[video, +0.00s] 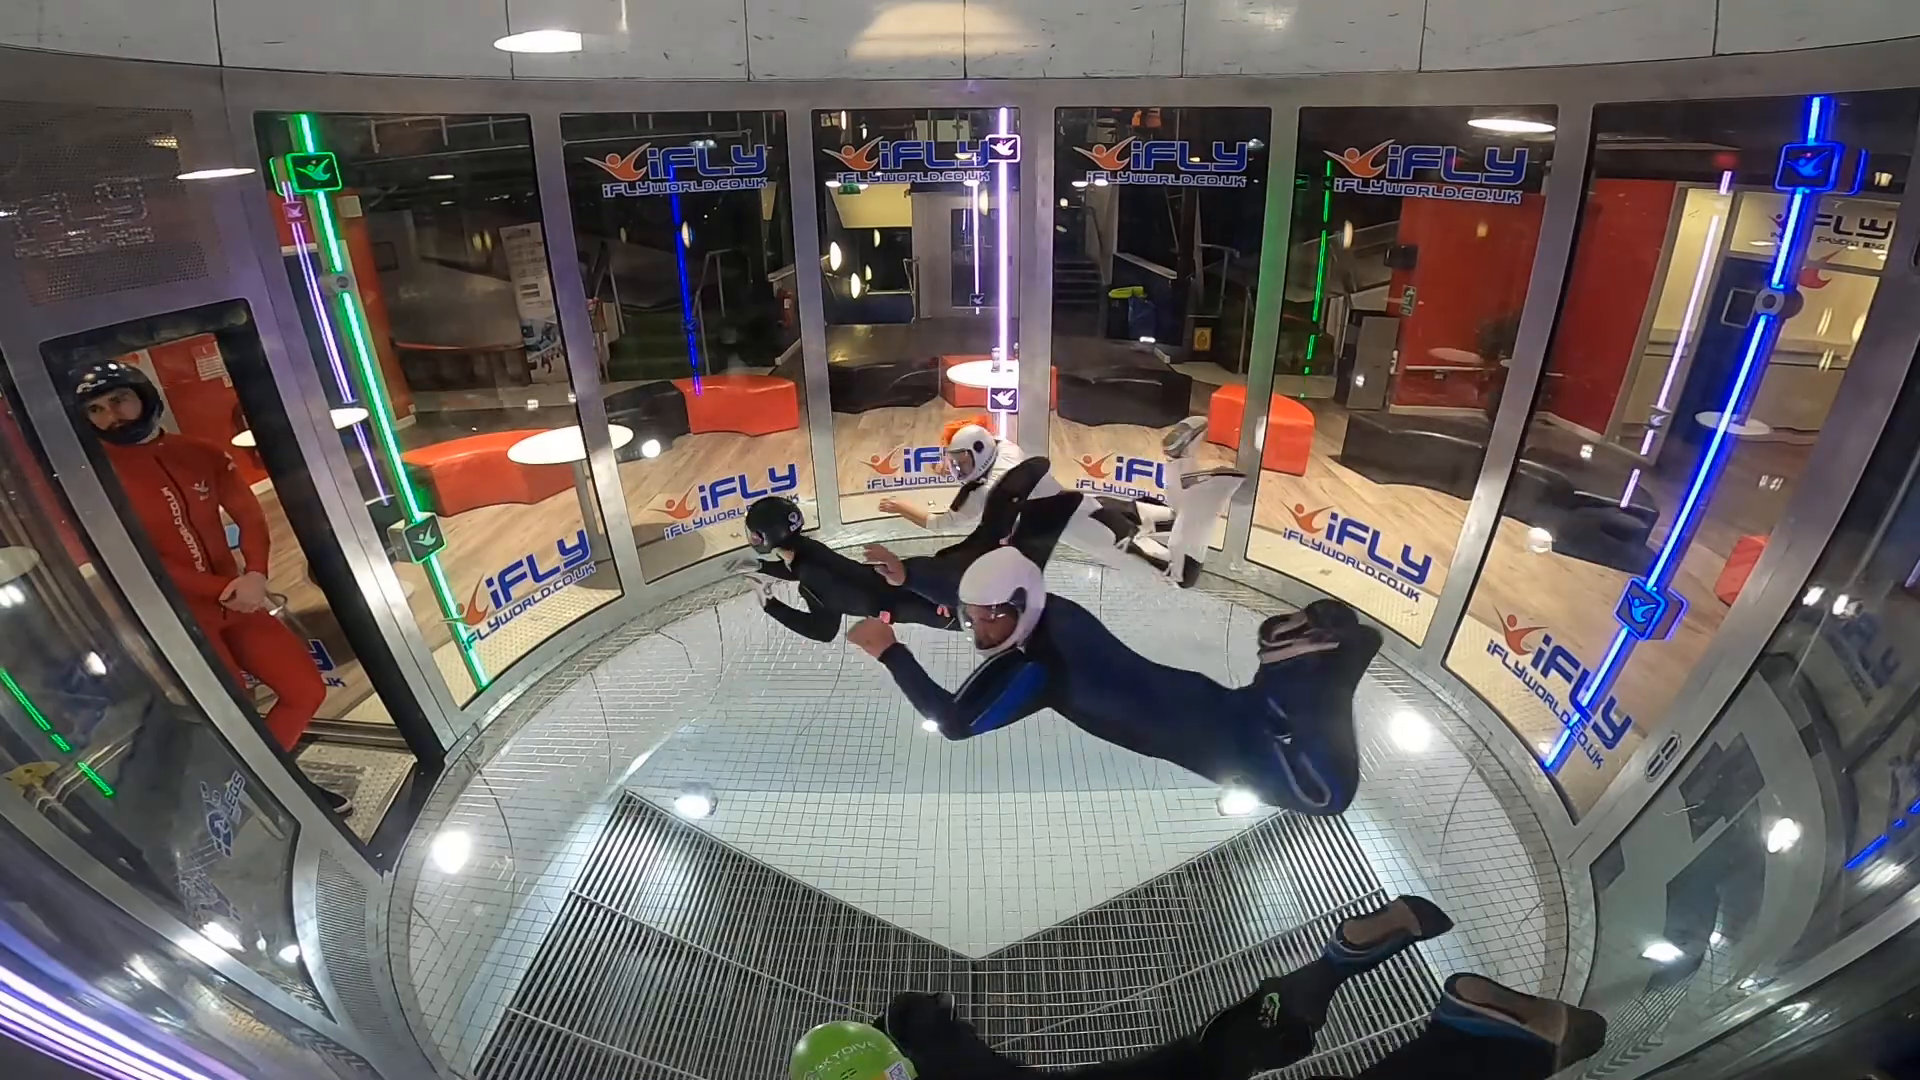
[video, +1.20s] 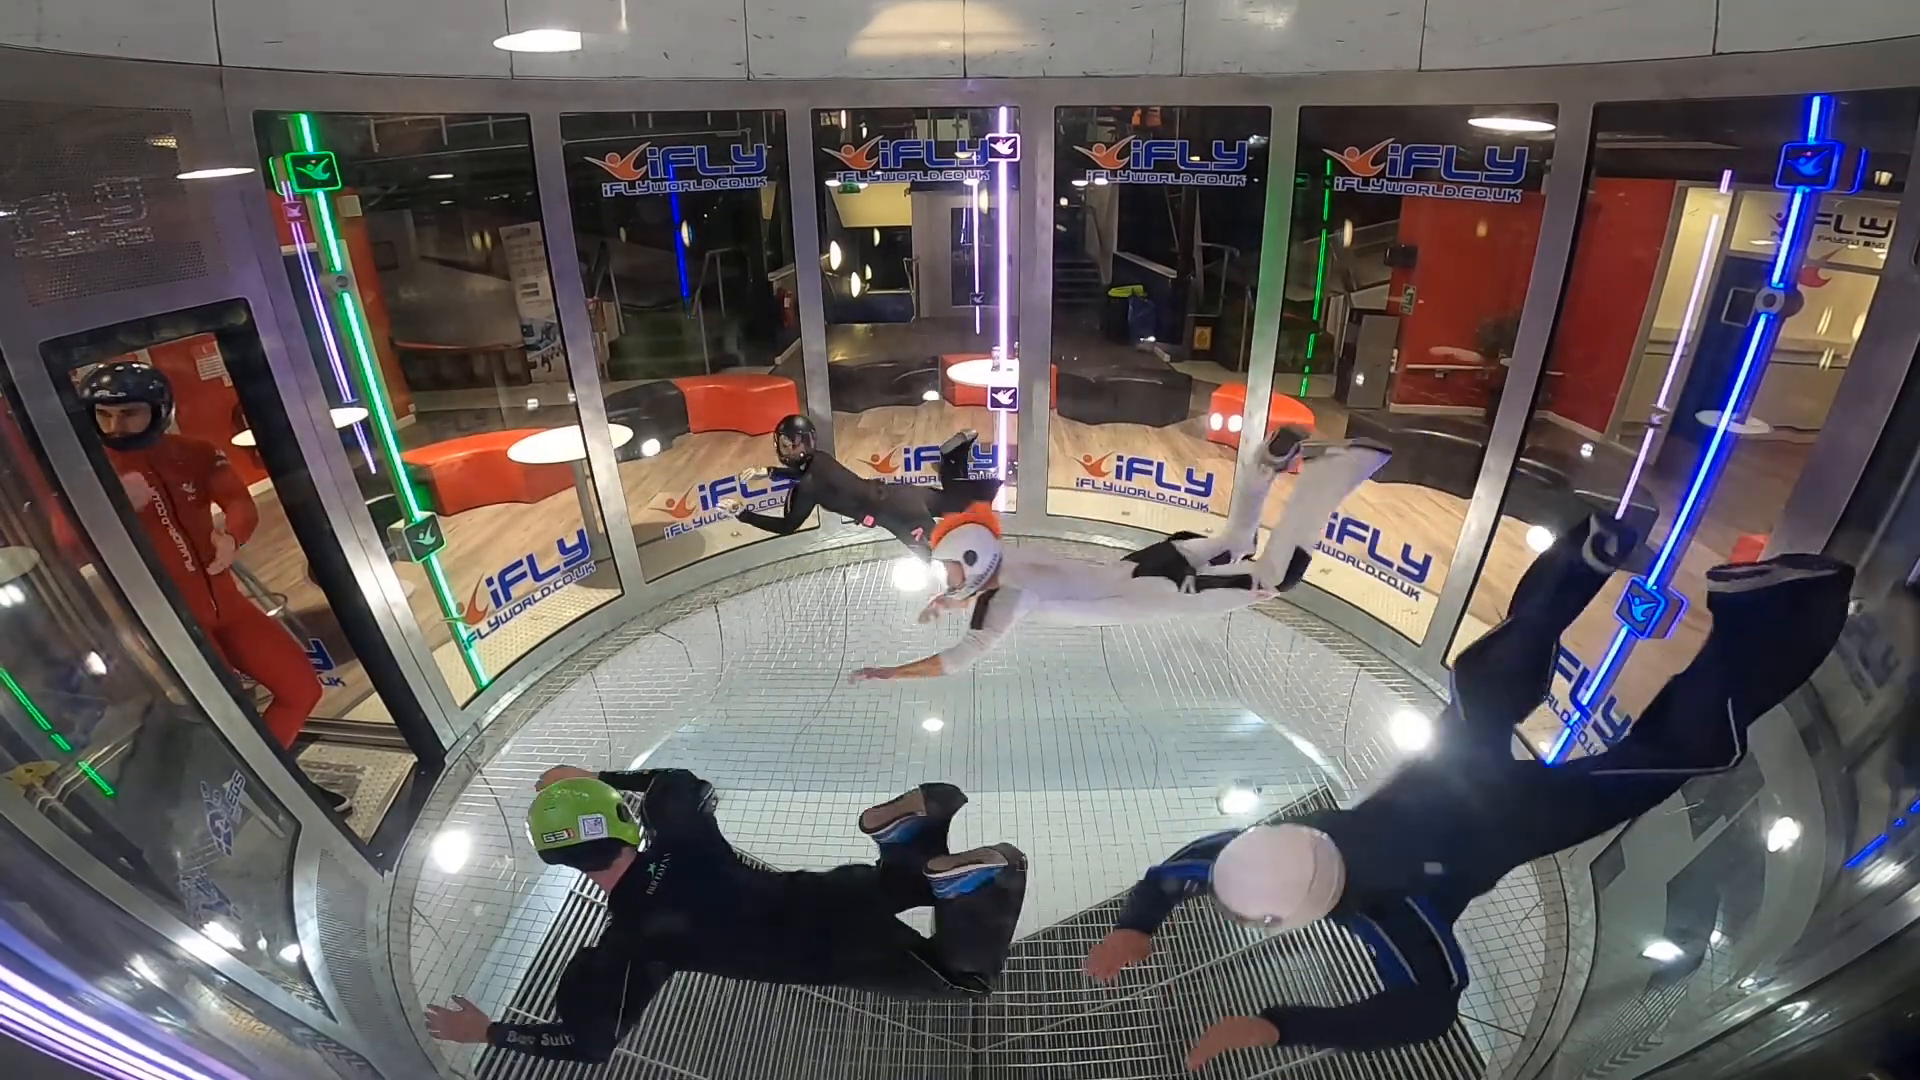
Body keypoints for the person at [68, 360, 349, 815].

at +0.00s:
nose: (115, 416)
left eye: (120, 400)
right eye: (98, 410)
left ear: (142, 398)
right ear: (86, 422)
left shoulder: (198, 454)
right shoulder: (97, 477)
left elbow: (250, 515)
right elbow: (135, 568)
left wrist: (254, 575)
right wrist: (225, 589)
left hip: (236, 603)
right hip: (185, 621)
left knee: (306, 690)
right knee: (238, 714)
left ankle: (245, 782)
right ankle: (292, 792)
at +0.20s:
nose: (112, 420)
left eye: (122, 404)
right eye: (98, 410)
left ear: (146, 402)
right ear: (85, 415)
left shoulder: (192, 455)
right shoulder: (93, 476)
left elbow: (252, 511)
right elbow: (111, 566)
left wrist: (250, 543)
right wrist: (192, 573)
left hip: (234, 603)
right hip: (181, 621)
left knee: (306, 689)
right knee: (238, 712)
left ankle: (242, 783)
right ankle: (292, 791)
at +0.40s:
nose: (119, 424)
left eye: (131, 409)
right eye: (105, 412)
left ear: (155, 408)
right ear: (91, 416)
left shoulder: (190, 454)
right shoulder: (91, 475)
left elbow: (246, 503)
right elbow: (99, 558)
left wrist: (201, 500)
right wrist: (167, 531)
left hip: (231, 607)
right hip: (181, 628)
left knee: (305, 688)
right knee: (239, 715)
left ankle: (244, 782)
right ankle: (290, 790)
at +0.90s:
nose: (118, 425)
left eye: (132, 412)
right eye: (106, 412)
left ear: (157, 413)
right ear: (91, 415)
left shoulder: (184, 453)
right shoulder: (85, 474)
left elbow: (242, 496)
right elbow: (72, 544)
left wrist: (193, 493)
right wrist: (110, 495)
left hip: (225, 608)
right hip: (173, 631)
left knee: (302, 688)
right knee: (236, 714)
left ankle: (242, 781)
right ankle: (293, 791)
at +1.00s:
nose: (117, 425)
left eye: (132, 412)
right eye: (106, 413)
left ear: (158, 412)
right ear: (92, 414)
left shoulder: (186, 455)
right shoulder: (90, 470)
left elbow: (242, 500)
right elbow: (71, 542)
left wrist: (204, 509)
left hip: (224, 607)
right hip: (172, 630)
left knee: (301, 687)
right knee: (237, 712)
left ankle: (245, 781)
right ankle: (293, 791)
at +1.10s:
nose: (116, 426)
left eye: (130, 413)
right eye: (105, 413)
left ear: (157, 413)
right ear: (92, 415)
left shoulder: (193, 456)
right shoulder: (89, 474)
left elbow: (243, 505)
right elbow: (72, 546)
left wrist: (219, 527)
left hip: (225, 607)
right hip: (169, 629)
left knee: (302, 688)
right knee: (233, 713)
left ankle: (243, 779)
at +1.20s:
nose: (116, 426)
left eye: (129, 413)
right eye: (104, 414)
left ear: (155, 412)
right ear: (90, 414)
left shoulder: (190, 455)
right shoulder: (84, 474)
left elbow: (241, 504)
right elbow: (67, 541)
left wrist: (231, 538)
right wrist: (114, 503)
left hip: (224, 605)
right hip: (168, 627)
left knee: (302, 688)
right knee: (232, 715)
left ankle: (244, 779)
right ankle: (294, 790)